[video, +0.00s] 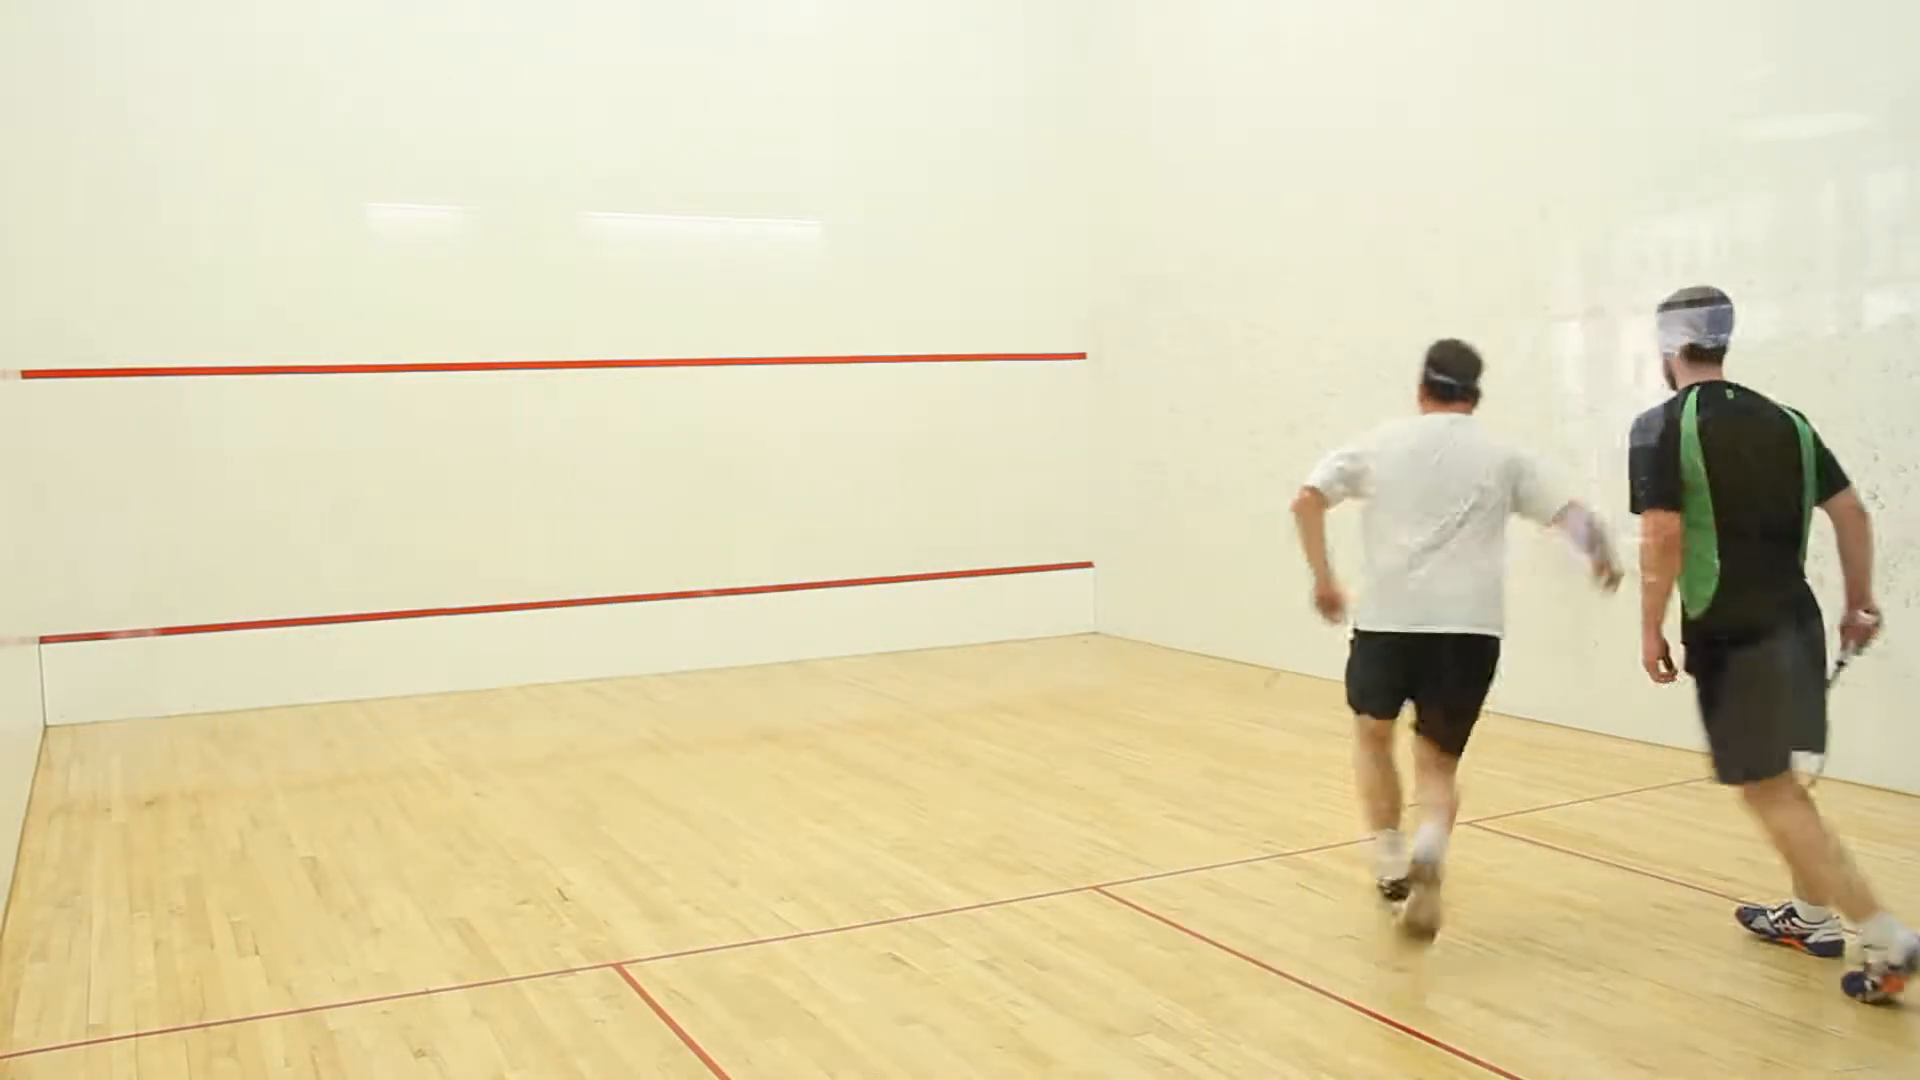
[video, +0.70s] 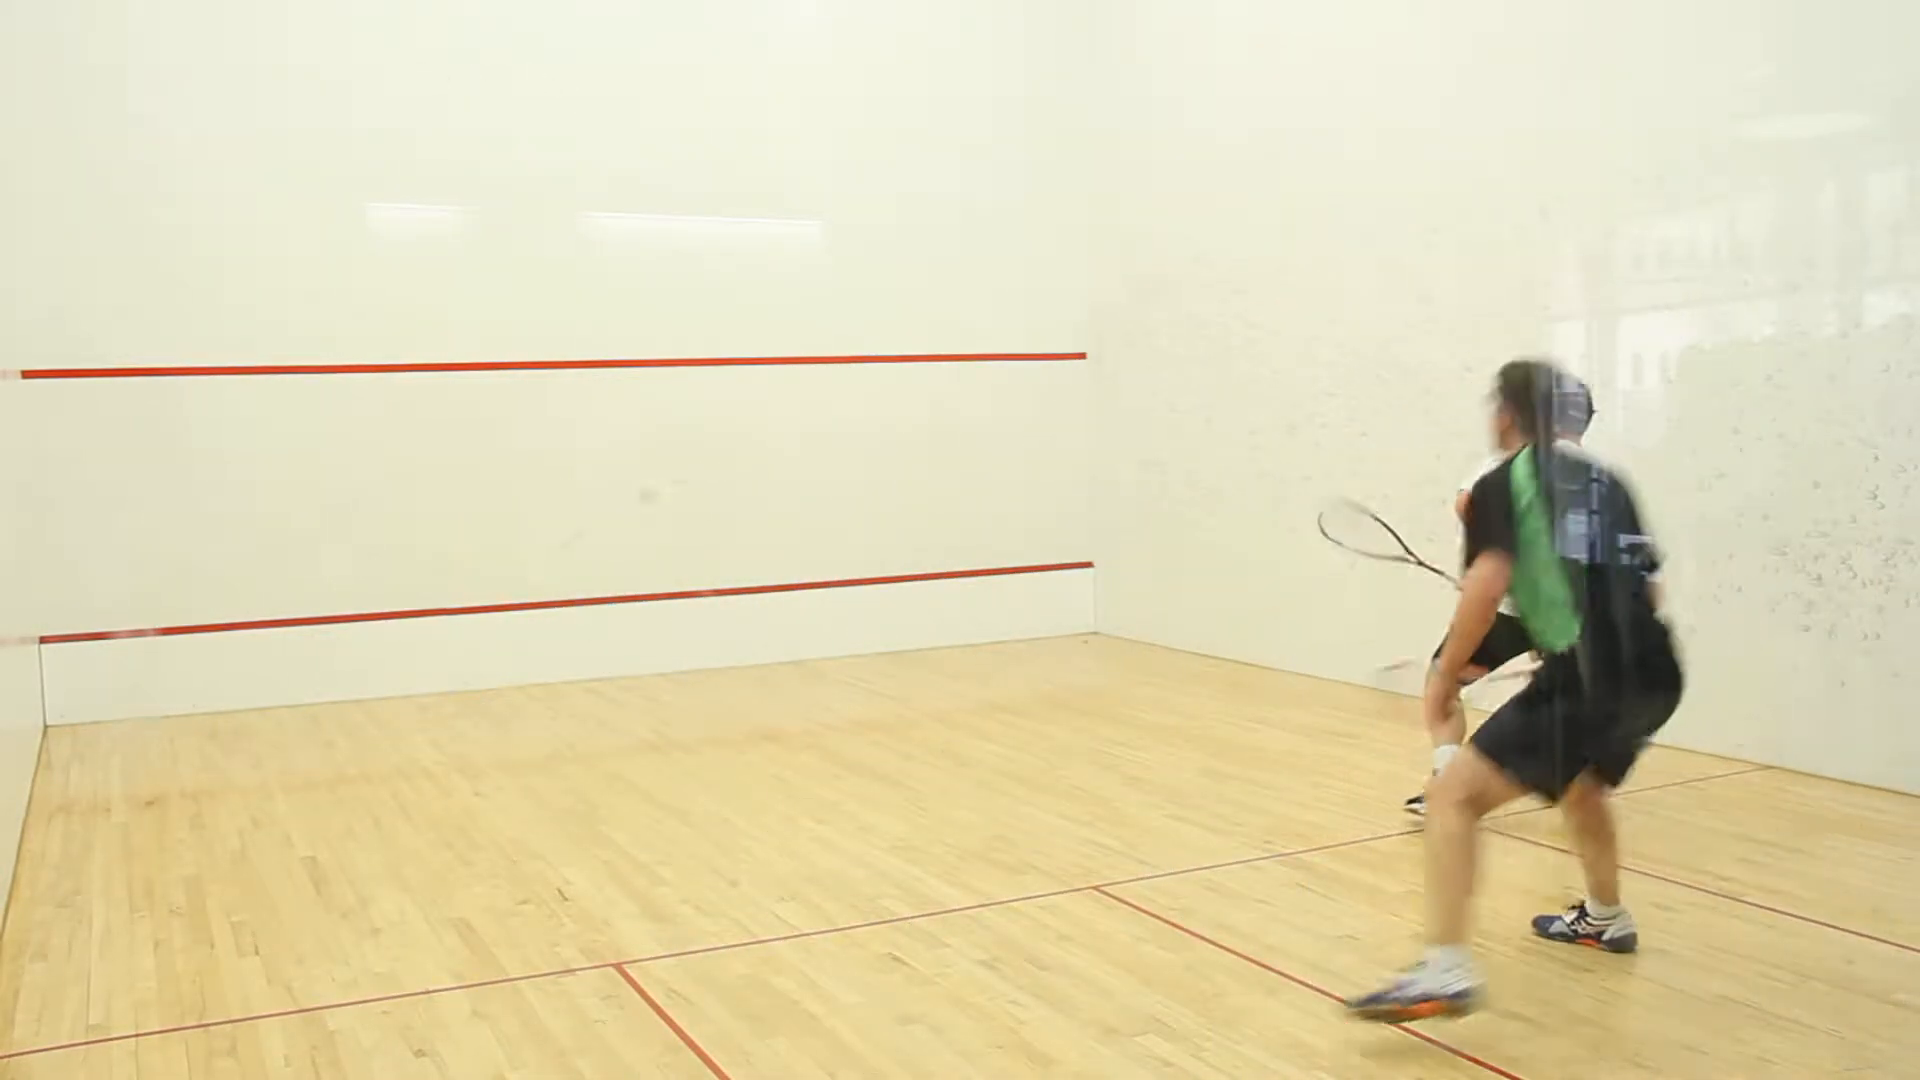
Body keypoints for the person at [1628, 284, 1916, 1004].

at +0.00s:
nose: (1664, 362)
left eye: (1664, 352)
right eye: (1671, 351)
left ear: (1670, 353)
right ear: (1726, 350)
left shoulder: (1661, 425)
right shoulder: (1785, 421)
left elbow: (1663, 537)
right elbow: (1850, 515)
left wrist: (1652, 626)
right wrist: (1859, 603)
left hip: (1732, 635)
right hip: (1796, 624)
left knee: (1767, 786)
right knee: (1776, 774)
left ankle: (1884, 935)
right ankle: (1813, 914)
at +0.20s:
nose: (1670, 355)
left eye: (1670, 345)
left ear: (1674, 345)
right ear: (1732, 342)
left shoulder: (1657, 414)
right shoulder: (1794, 413)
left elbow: (1641, 523)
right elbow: (1847, 512)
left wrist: (1629, 601)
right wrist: (1842, 601)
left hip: (1720, 624)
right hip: (1797, 615)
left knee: (1713, 782)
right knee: (1789, 768)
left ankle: (1819, 909)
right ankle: (1857, 917)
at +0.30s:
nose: (1659, 380)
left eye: (1661, 371)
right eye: (1665, 370)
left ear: (1667, 375)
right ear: (1723, 374)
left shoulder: (1652, 447)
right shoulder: (1785, 444)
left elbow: (1645, 548)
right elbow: (1838, 544)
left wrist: (1623, 629)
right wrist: (1809, 625)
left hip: (1716, 648)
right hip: (1794, 643)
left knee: (1645, 787)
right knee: (1807, 787)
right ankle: (1874, 941)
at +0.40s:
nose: (1636, 383)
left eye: (1638, 372)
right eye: (1647, 371)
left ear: (1643, 374)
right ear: (1698, 375)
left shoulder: (1628, 449)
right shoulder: (1756, 446)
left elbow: (1616, 543)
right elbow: (1806, 553)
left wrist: (1592, 624)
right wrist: (1766, 615)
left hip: (1684, 653)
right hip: (1762, 650)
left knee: (1597, 792)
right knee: (1784, 788)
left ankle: (1624, 960)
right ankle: (1872, 938)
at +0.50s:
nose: (1601, 368)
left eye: (1603, 357)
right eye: (1614, 356)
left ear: (1608, 358)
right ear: (1665, 357)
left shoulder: (1590, 427)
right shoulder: (1710, 432)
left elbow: (1580, 517)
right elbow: (1760, 537)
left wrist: (1547, 593)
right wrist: (1716, 596)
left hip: (1642, 630)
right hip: (1716, 629)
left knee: (1543, 767)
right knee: (1704, 759)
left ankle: (1595, 941)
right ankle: (1813, 894)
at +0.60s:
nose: (1552, 376)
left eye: (1556, 364)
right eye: (1560, 363)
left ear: (1561, 368)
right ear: (1613, 368)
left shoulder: (1547, 433)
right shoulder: (1655, 442)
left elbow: (1534, 531)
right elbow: (1706, 554)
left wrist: (1490, 617)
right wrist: (1641, 603)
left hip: (1620, 629)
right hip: (1693, 631)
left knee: (1496, 764)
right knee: (1632, 744)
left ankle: (1543, 932)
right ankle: (1683, 894)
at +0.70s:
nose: (1492, 422)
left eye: (1496, 411)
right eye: (1497, 410)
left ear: (1508, 416)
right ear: (1561, 416)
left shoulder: (1502, 484)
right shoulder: (1608, 481)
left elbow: (1487, 586)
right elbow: (1648, 591)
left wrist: (1445, 675)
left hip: (1583, 677)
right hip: (1652, 671)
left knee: (1453, 794)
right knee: (1583, 784)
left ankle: (1446, 961)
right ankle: (1605, 914)